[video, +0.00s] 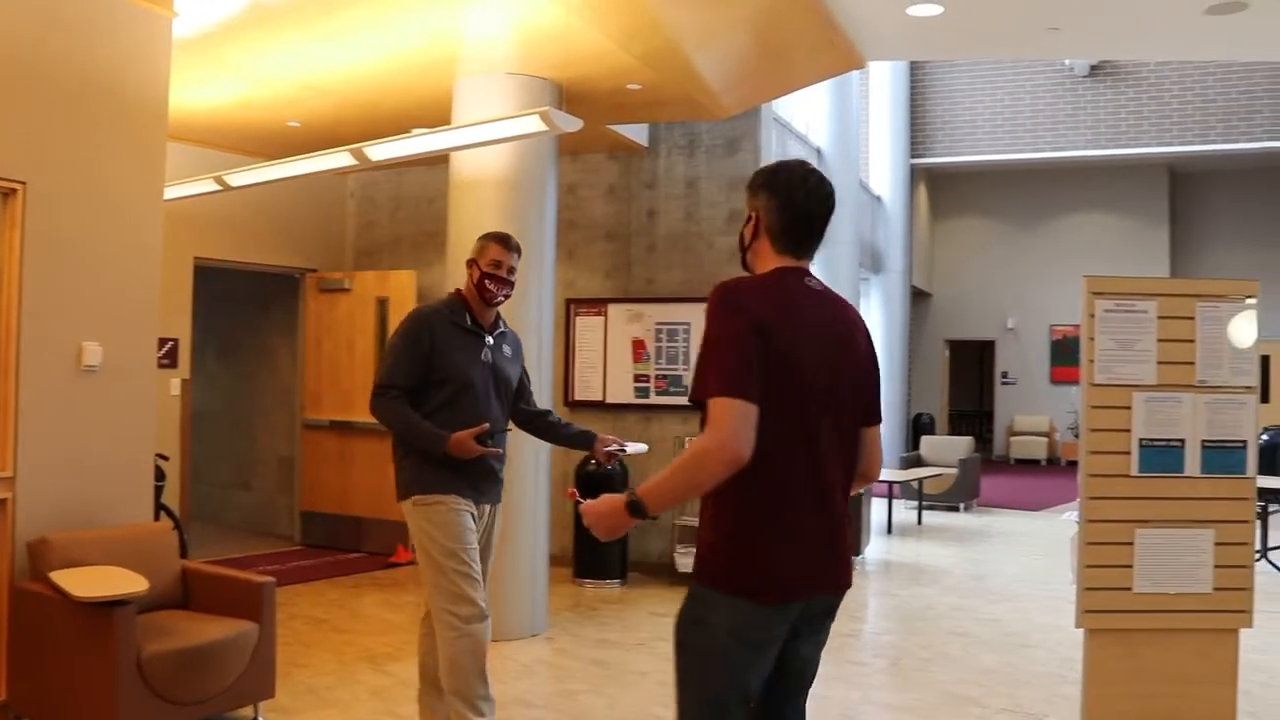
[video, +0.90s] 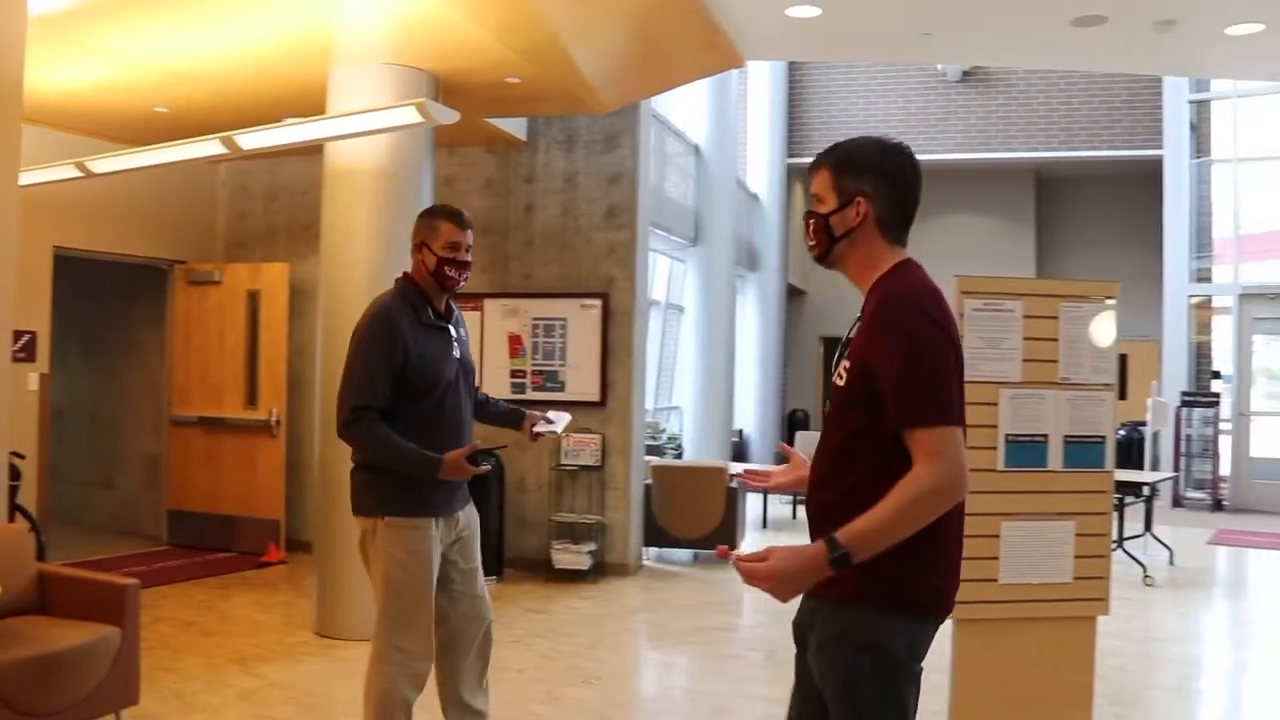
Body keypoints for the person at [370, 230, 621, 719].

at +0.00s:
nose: (499, 280)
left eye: (508, 274)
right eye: (492, 269)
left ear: (515, 281)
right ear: (470, 267)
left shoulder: (508, 341)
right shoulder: (426, 323)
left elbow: (528, 413)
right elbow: (385, 400)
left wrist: (592, 440)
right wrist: (443, 440)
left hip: (484, 493)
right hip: (434, 489)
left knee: (448, 612)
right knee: (466, 612)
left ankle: (437, 713)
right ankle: (473, 714)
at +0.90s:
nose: (461, 264)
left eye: (467, 254)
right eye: (451, 252)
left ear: (470, 257)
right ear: (419, 251)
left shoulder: (450, 318)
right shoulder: (386, 317)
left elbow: (463, 399)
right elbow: (354, 422)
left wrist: (520, 417)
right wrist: (435, 463)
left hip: (455, 505)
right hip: (399, 513)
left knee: (470, 631)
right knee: (404, 651)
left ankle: (469, 715)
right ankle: (388, 717)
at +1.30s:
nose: (446, 255)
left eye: (450, 247)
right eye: (435, 245)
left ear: (454, 254)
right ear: (403, 246)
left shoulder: (442, 320)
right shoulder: (371, 313)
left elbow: (459, 409)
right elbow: (340, 410)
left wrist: (521, 435)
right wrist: (421, 450)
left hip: (452, 508)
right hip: (394, 511)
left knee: (437, 646)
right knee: (373, 649)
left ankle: (428, 715)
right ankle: (345, 716)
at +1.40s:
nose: (445, 256)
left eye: (450, 248)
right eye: (435, 246)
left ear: (452, 254)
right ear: (403, 247)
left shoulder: (439, 321)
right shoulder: (369, 313)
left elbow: (455, 410)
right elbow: (339, 407)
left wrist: (523, 437)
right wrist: (420, 446)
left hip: (448, 507)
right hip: (391, 508)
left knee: (428, 644)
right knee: (372, 645)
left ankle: (415, 713)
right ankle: (338, 715)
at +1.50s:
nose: (443, 257)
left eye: (448, 249)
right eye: (433, 247)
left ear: (451, 255)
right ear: (402, 247)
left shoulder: (435, 320)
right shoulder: (365, 311)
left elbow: (452, 411)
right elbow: (335, 404)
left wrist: (521, 438)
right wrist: (415, 441)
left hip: (439, 504)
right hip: (386, 504)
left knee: (419, 638)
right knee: (372, 640)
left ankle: (402, 711)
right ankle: (333, 716)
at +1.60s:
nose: (436, 256)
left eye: (442, 249)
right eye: (426, 246)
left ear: (444, 256)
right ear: (395, 247)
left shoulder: (426, 321)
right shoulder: (357, 310)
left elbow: (443, 413)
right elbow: (326, 402)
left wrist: (512, 440)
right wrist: (404, 439)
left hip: (426, 501)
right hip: (375, 500)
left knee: (406, 634)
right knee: (374, 633)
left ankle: (383, 713)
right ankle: (326, 717)